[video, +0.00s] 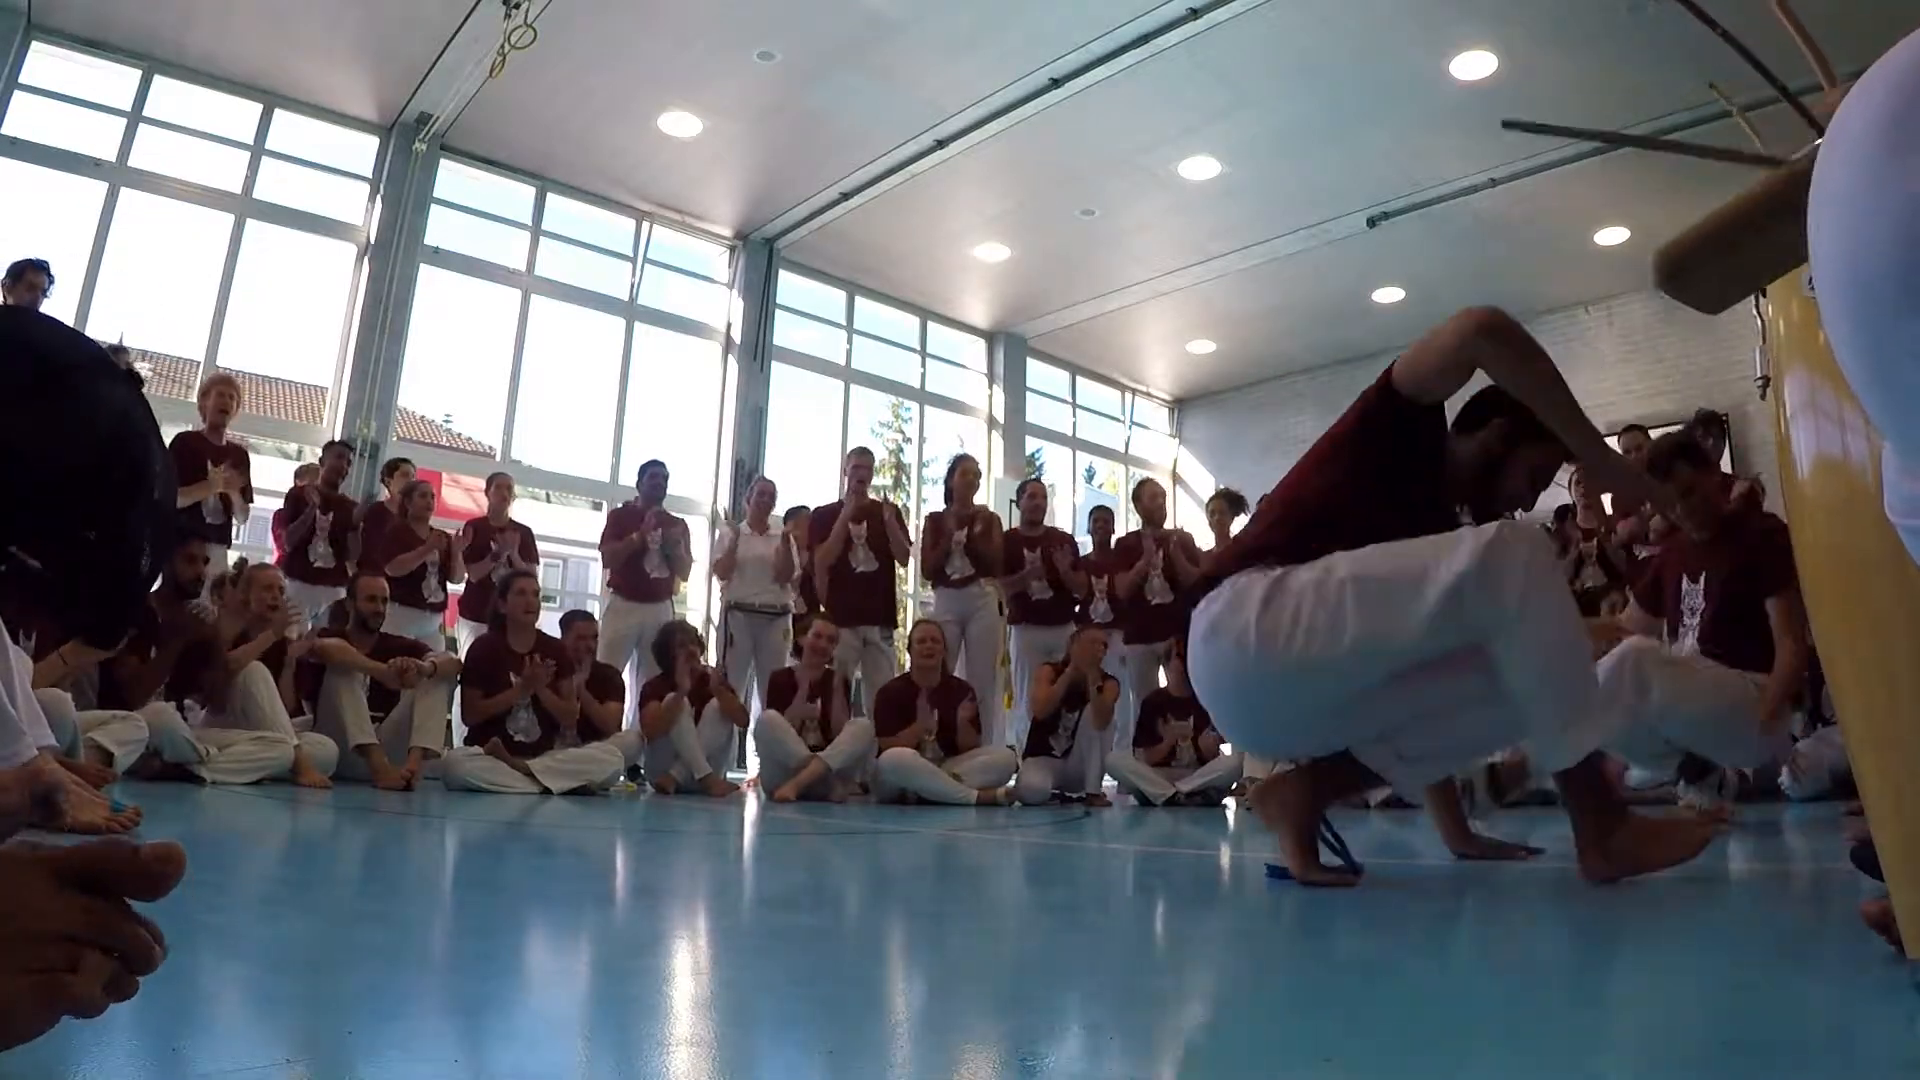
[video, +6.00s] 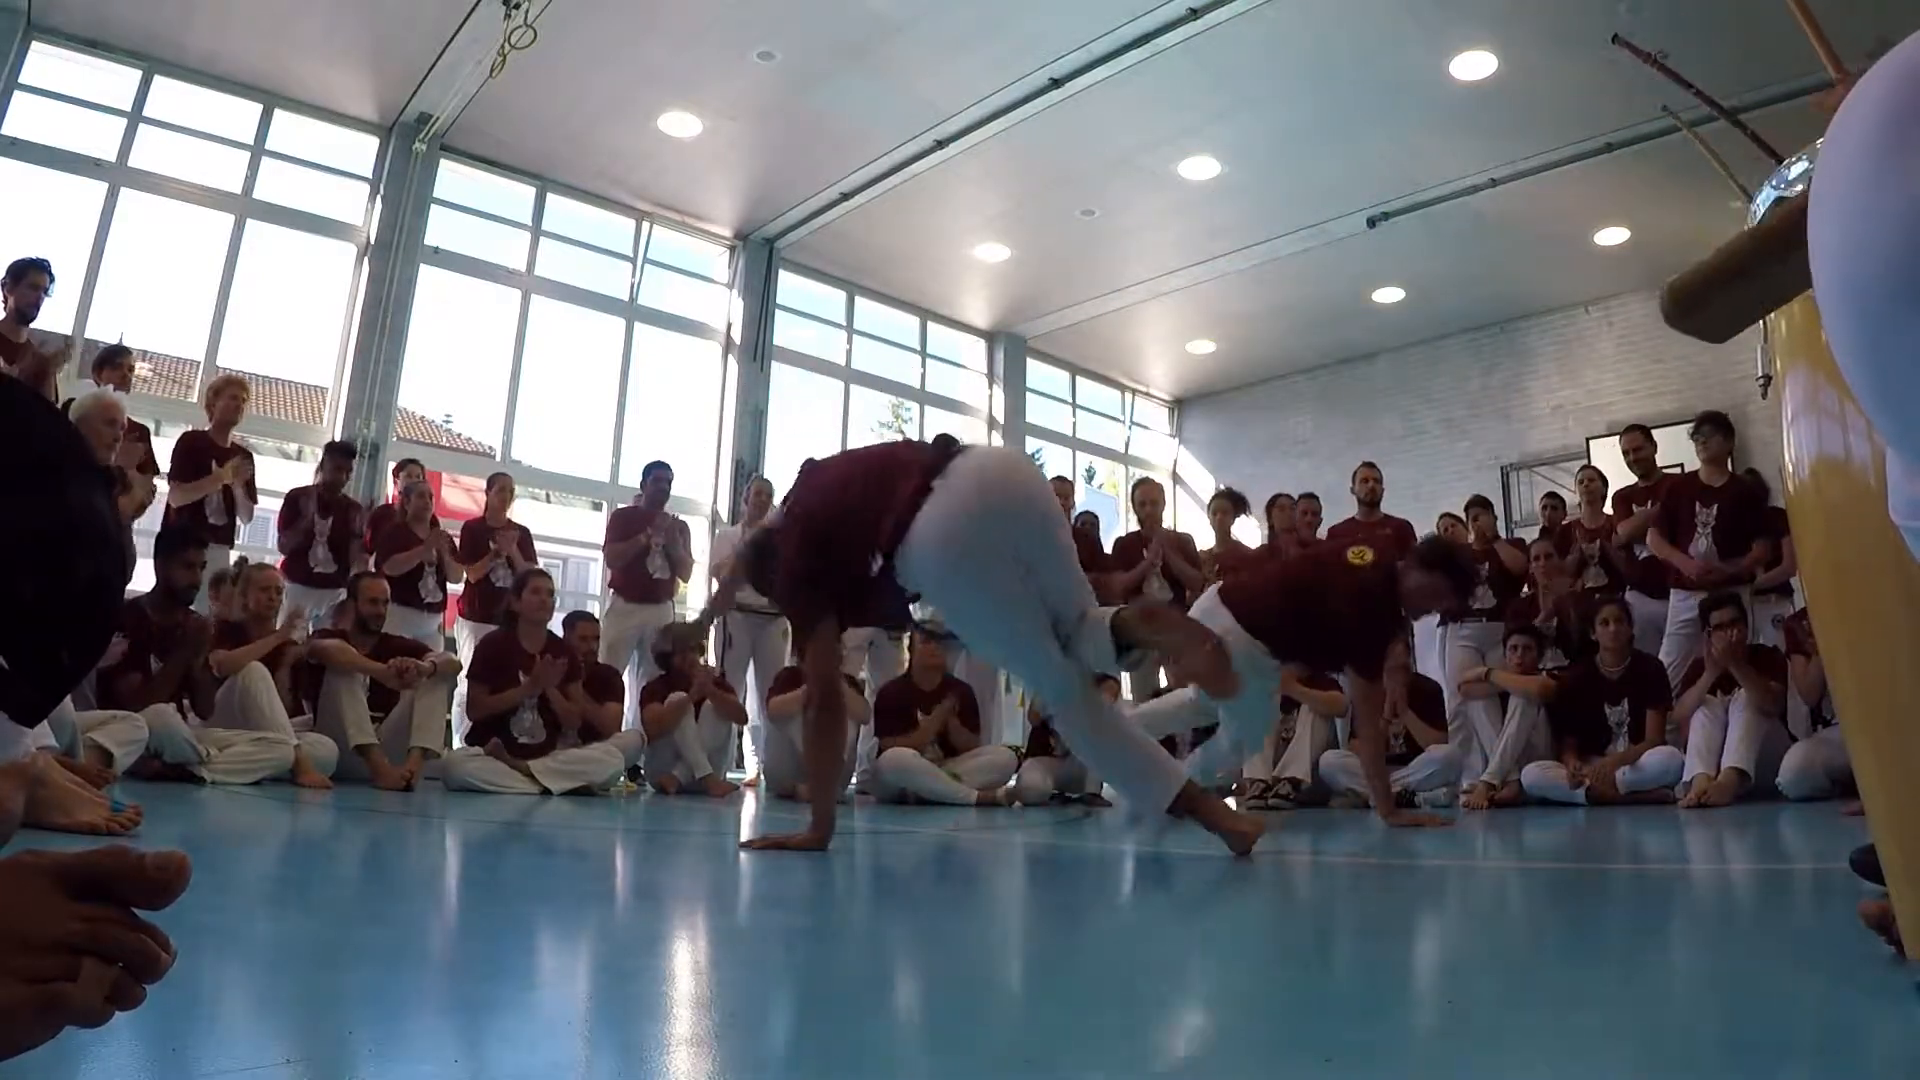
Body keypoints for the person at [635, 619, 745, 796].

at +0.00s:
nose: (690, 650)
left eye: (693, 643)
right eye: (682, 646)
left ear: (701, 647)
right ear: (669, 653)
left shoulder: (714, 680)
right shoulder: (654, 686)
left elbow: (743, 721)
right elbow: (650, 730)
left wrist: (718, 690)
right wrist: (680, 693)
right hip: (664, 771)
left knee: (719, 705)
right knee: (675, 701)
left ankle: (674, 776)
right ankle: (707, 777)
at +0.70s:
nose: (706, 662)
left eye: (707, 655)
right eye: (699, 657)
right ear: (679, 660)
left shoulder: (717, 682)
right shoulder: (655, 688)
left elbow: (743, 720)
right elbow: (650, 730)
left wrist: (717, 691)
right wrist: (676, 693)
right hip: (664, 771)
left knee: (717, 705)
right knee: (678, 702)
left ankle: (675, 776)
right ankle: (706, 776)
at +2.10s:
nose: (689, 651)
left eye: (691, 644)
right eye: (679, 647)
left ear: (697, 646)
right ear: (665, 657)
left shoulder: (714, 679)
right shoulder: (653, 687)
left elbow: (742, 720)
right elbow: (652, 727)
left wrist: (711, 691)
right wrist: (695, 694)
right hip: (664, 772)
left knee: (716, 706)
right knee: (677, 700)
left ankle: (676, 776)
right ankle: (706, 776)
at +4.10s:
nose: (688, 667)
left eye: (694, 658)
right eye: (680, 662)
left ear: (703, 655)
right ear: (664, 662)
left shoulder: (717, 683)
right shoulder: (655, 687)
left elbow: (743, 720)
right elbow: (652, 728)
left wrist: (712, 689)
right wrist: (688, 698)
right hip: (664, 772)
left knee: (720, 704)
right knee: (676, 704)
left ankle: (677, 776)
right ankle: (708, 776)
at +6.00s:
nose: (690, 658)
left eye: (694, 650)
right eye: (682, 652)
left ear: (701, 652)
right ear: (667, 658)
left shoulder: (715, 682)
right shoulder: (654, 688)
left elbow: (742, 718)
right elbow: (652, 729)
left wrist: (710, 689)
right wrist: (692, 695)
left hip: (710, 770)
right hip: (665, 771)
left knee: (719, 703)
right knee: (677, 700)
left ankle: (678, 776)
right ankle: (707, 776)